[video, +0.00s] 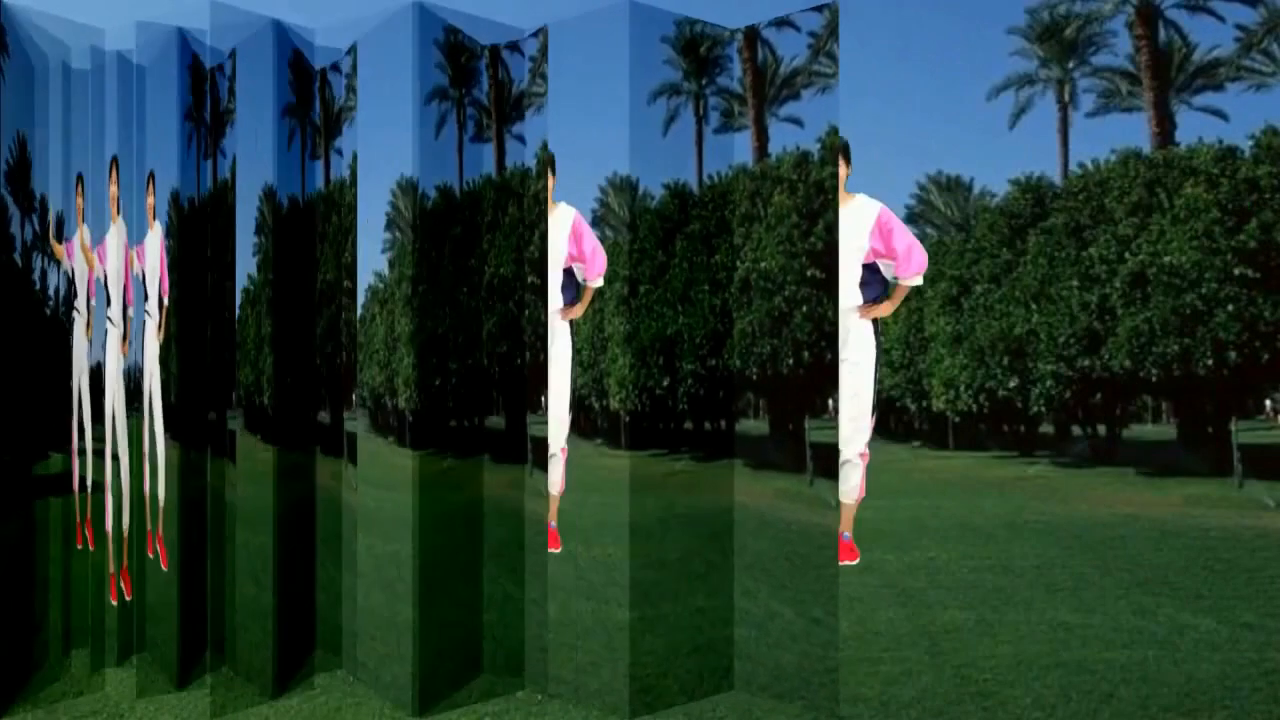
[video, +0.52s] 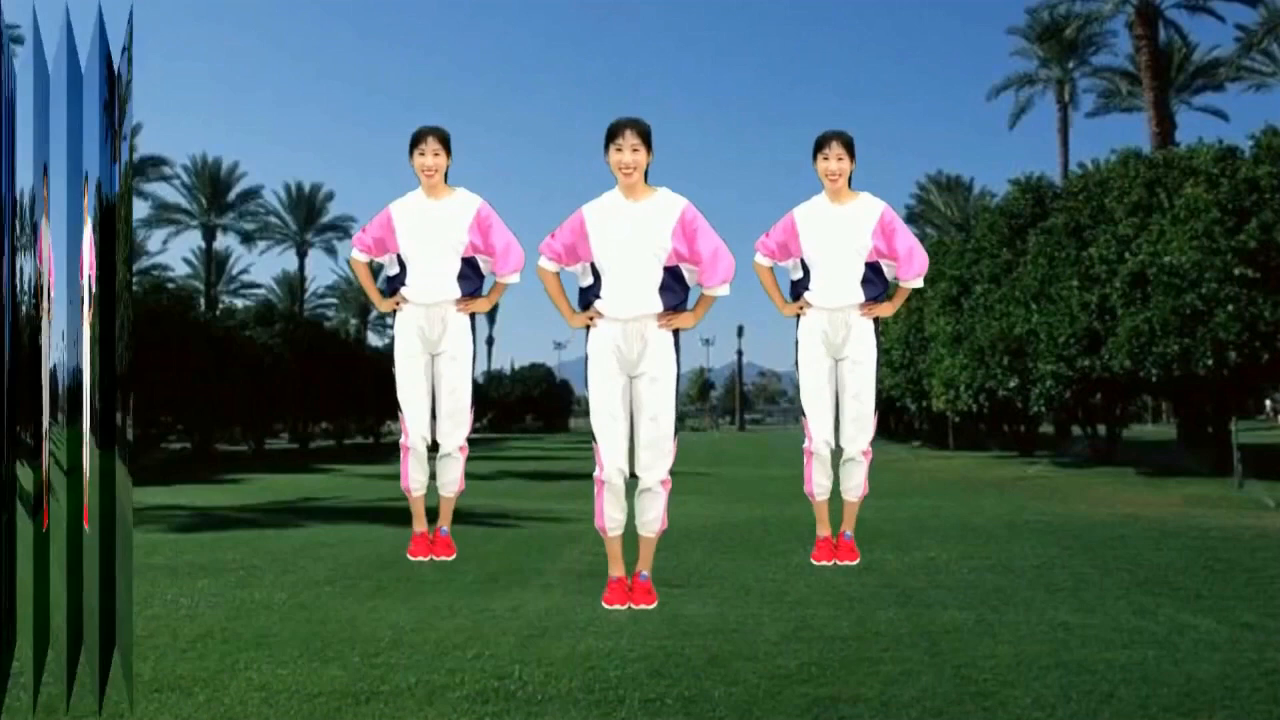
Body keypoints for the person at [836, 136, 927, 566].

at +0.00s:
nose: (830, 176)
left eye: (836, 167)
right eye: (824, 168)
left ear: (846, 169)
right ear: (816, 172)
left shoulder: (868, 212)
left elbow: (914, 258)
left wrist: (890, 305)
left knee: (854, 429)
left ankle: (845, 532)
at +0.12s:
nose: (830, 173)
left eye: (837, 165)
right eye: (823, 166)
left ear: (849, 170)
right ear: (813, 171)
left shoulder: (872, 215)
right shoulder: (801, 220)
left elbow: (914, 262)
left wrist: (892, 307)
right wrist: (783, 309)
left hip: (859, 328)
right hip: (814, 329)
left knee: (854, 434)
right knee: (822, 435)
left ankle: (846, 533)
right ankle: (823, 534)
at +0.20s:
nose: (831, 175)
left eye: (838, 167)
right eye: (823, 168)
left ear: (850, 172)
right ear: (814, 173)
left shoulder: (873, 217)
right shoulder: (801, 222)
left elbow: (915, 265)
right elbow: (761, 264)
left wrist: (892, 310)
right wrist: (783, 312)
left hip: (859, 331)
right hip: (814, 331)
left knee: (853, 438)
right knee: (823, 438)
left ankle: (846, 534)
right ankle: (824, 534)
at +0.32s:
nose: (831, 174)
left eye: (838, 167)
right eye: (824, 167)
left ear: (850, 172)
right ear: (814, 173)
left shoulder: (873, 218)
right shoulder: (802, 223)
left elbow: (915, 266)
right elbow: (761, 265)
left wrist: (892, 311)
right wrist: (783, 312)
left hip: (859, 331)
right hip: (814, 331)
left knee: (854, 439)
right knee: (823, 438)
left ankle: (846, 534)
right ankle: (824, 534)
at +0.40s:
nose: (831, 171)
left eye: (839, 163)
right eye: (824, 164)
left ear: (851, 169)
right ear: (814, 170)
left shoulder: (873, 214)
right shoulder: (802, 219)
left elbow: (915, 261)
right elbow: (761, 261)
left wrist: (892, 307)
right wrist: (783, 308)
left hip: (859, 328)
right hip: (815, 328)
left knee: (854, 435)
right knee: (823, 435)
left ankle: (846, 534)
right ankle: (824, 534)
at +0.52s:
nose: (833, 165)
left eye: (840, 158)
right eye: (825, 158)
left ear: (852, 164)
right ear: (815, 165)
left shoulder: (874, 210)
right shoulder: (803, 215)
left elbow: (915, 259)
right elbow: (762, 257)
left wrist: (892, 304)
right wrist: (783, 305)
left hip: (859, 325)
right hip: (814, 325)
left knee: (856, 431)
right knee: (819, 431)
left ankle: (847, 533)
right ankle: (823, 533)